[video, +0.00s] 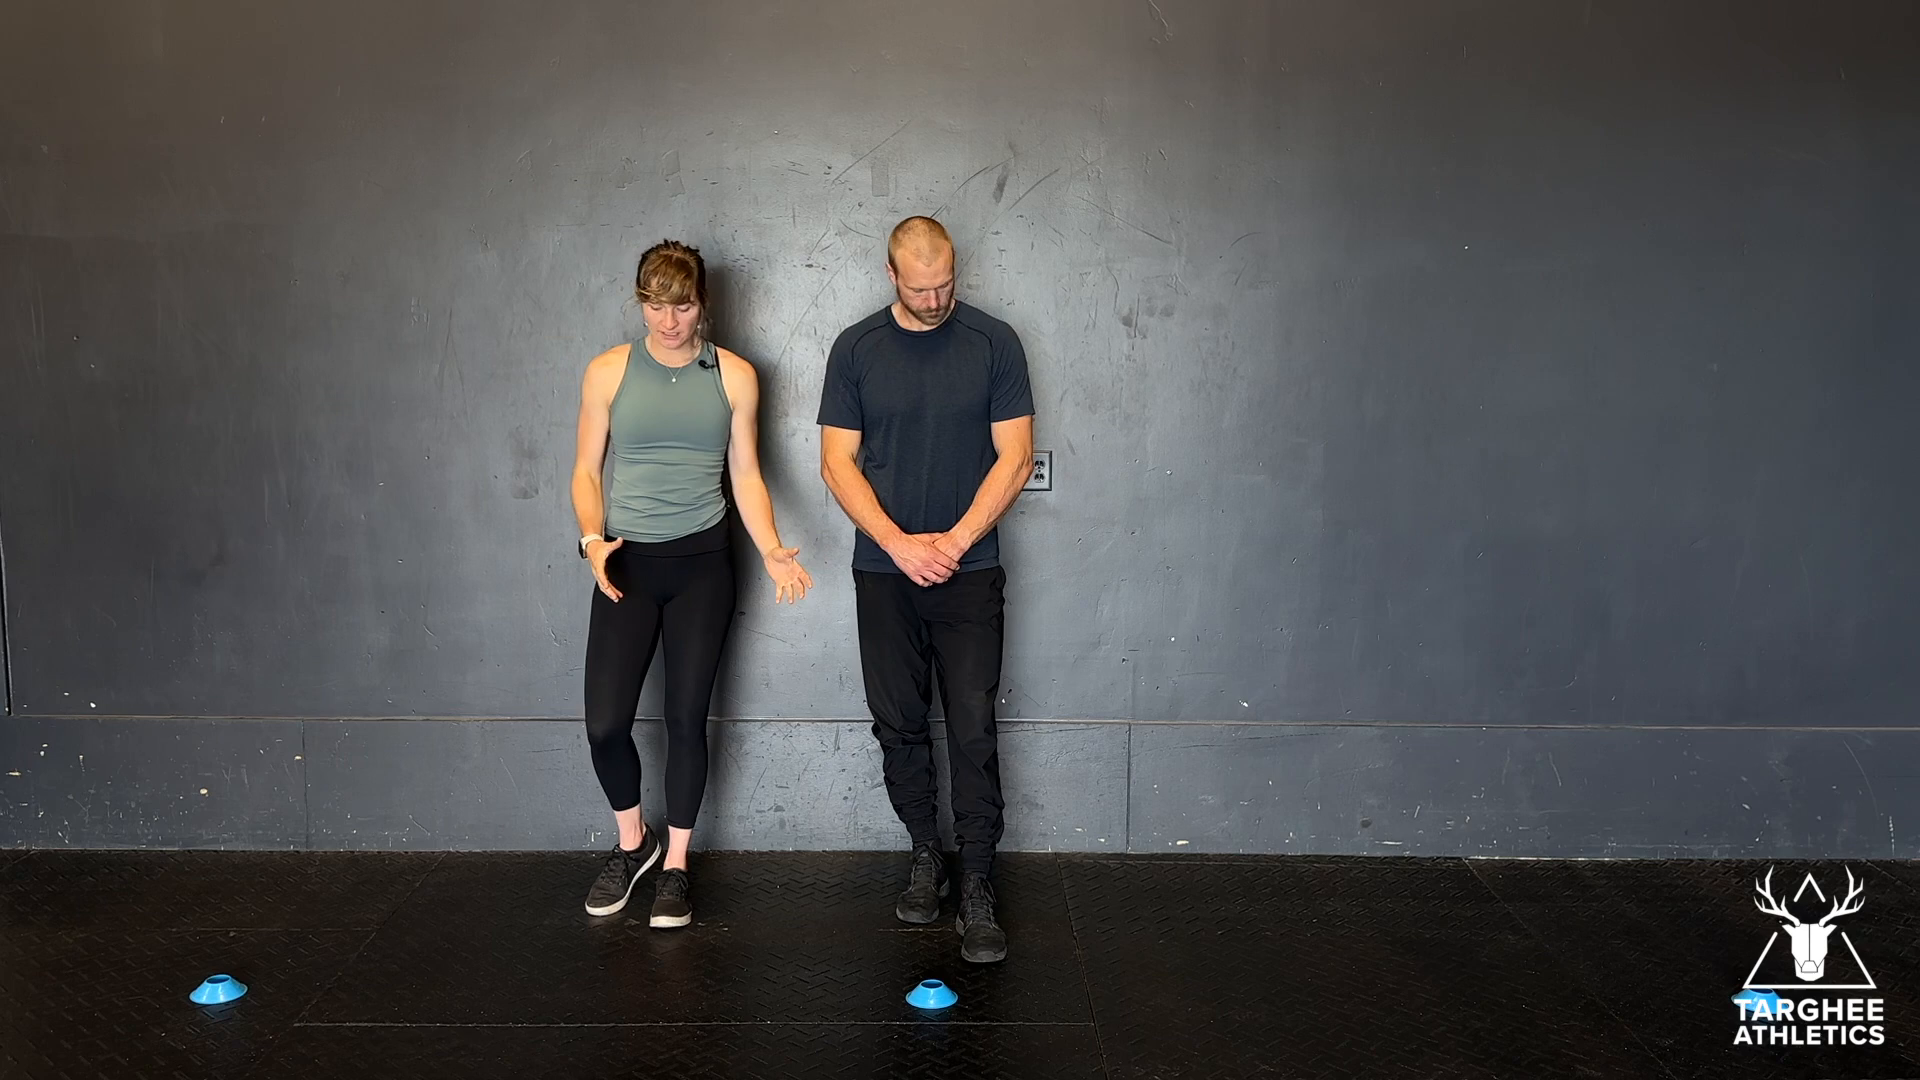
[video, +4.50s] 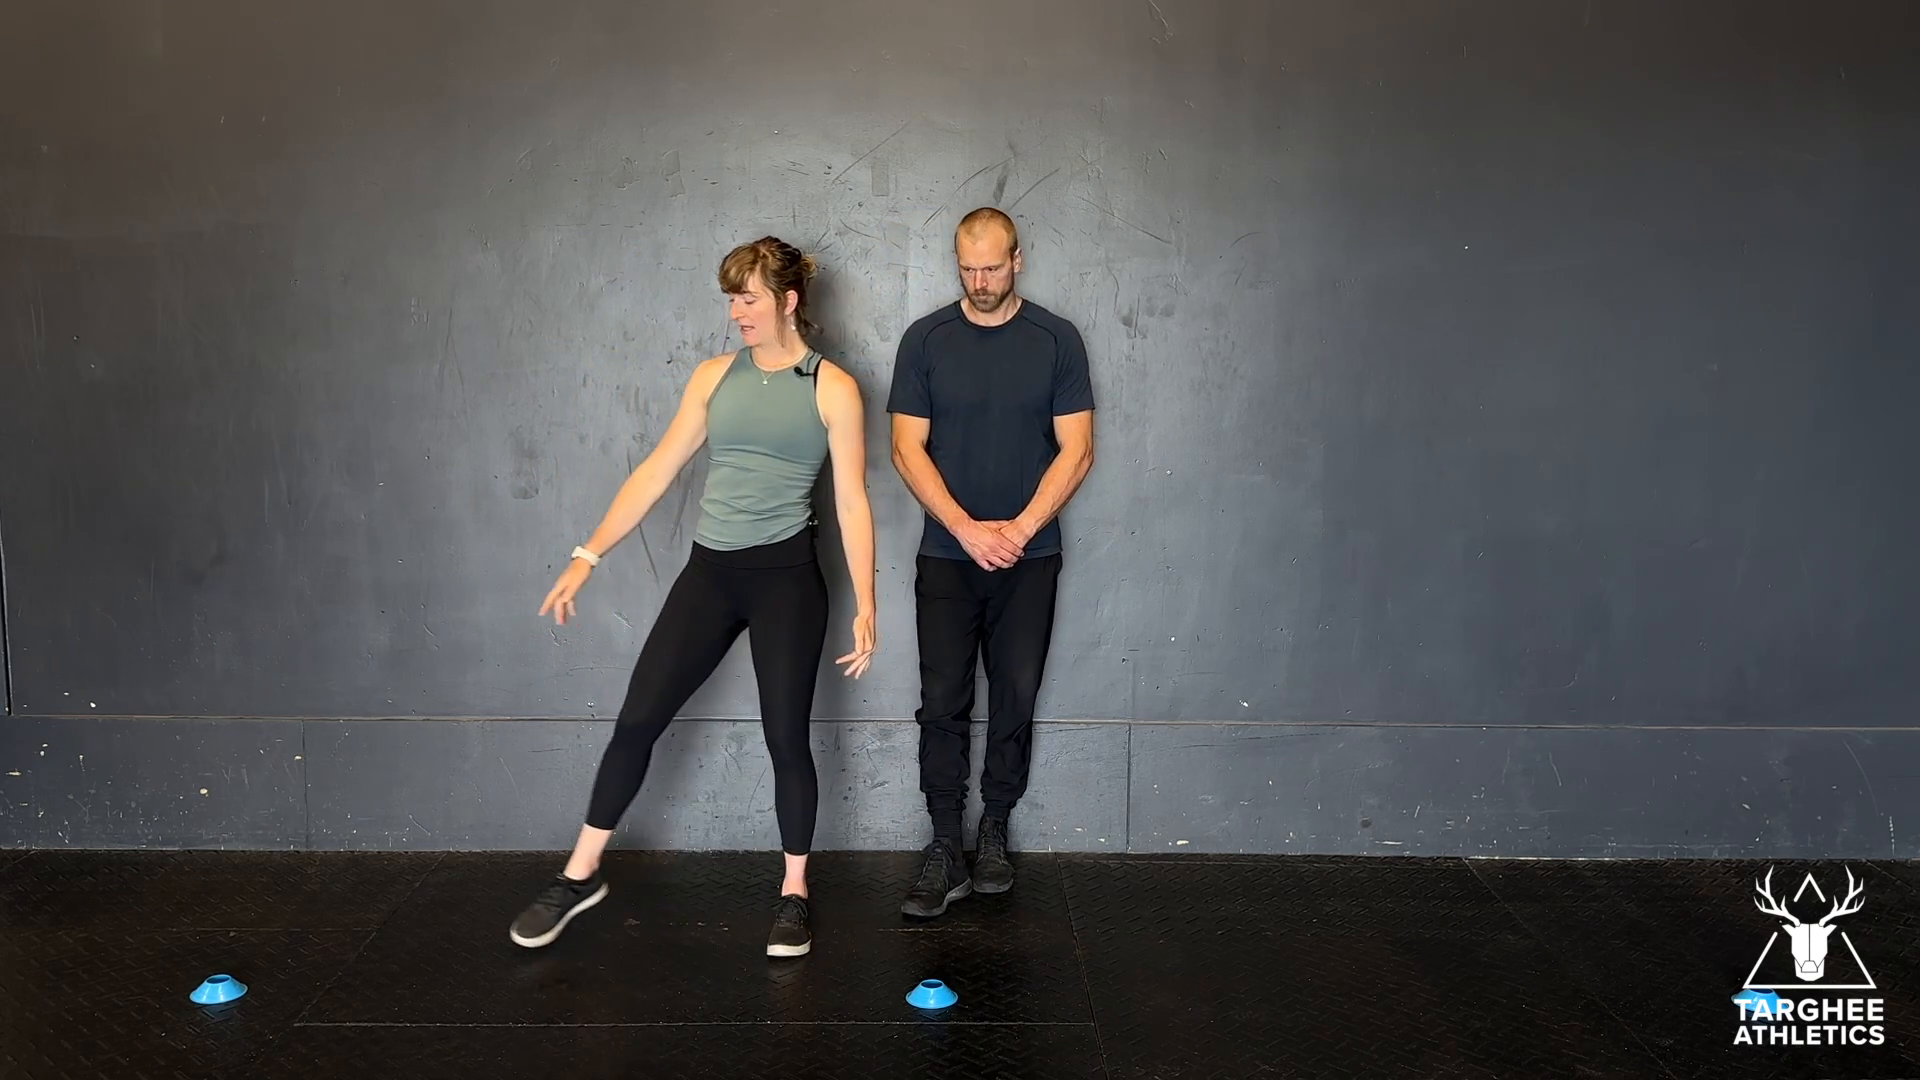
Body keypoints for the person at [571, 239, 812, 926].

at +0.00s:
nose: (672, 321)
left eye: (684, 308)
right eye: (660, 308)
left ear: (702, 304)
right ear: (641, 303)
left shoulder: (734, 375)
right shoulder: (609, 372)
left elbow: (746, 473)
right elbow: (587, 470)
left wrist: (773, 551)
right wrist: (593, 539)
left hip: (704, 563)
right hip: (626, 564)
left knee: (686, 717)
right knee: (605, 722)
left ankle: (675, 867)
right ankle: (635, 846)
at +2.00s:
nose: (667, 314)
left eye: (676, 299)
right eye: (652, 303)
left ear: (691, 299)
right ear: (631, 307)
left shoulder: (726, 375)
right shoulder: (607, 375)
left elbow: (751, 475)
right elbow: (559, 470)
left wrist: (778, 559)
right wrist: (504, 549)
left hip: (700, 561)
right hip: (624, 561)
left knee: (683, 715)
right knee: (596, 716)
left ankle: (674, 868)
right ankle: (634, 848)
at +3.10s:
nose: (690, 311)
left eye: (698, 297)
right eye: (674, 298)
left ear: (708, 300)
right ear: (645, 303)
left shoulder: (735, 378)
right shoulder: (611, 381)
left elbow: (755, 474)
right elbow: (581, 486)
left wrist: (788, 515)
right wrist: (592, 573)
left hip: (718, 568)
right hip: (639, 573)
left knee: (745, 724)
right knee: (639, 724)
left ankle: (780, 882)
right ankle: (636, 872)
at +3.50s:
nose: (747, 313)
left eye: (757, 299)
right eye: (732, 301)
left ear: (771, 302)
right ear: (708, 305)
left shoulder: (803, 380)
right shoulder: (680, 383)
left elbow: (826, 489)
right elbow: (663, 487)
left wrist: (856, 587)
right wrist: (662, 573)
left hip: (791, 570)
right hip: (710, 572)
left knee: (788, 733)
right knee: (675, 739)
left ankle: (795, 889)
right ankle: (660, 861)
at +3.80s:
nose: (773, 311)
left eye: (785, 297)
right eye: (759, 298)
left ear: (800, 300)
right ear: (738, 304)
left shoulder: (833, 381)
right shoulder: (707, 383)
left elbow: (852, 494)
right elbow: (685, 488)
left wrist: (881, 595)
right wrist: (673, 587)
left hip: (815, 574)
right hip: (735, 577)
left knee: (803, 731)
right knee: (735, 730)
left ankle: (796, 889)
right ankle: (764, 853)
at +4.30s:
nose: (751, 311)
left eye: (765, 298)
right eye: (747, 298)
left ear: (805, 302)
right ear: (746, 304)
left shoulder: (847, 388)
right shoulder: (727, 373)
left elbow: (864, 504)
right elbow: (688, 476)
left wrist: (876, 600)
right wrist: (647, 564)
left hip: (805, 574)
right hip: (725, 572)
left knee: (794, 737)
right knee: (676, 724)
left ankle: (793, 891)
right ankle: (671, 886)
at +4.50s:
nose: (735, 308)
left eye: (748, 296)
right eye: (731, 296)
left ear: (790, 299)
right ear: (734, 303)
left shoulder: (833, 388)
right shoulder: (715, 376)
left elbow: (852, 502)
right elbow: (655, 473)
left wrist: (866, 603)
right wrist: (586, 558)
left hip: (786, 574)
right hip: (710, 572)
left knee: (788, 736)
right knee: (639, 716)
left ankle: (794, 892)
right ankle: (580, 872)